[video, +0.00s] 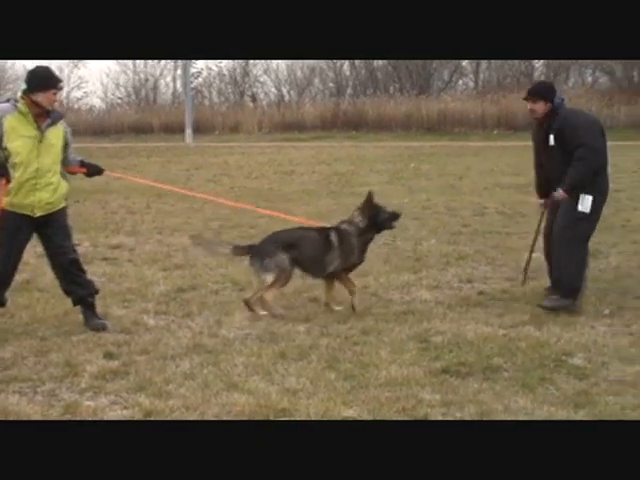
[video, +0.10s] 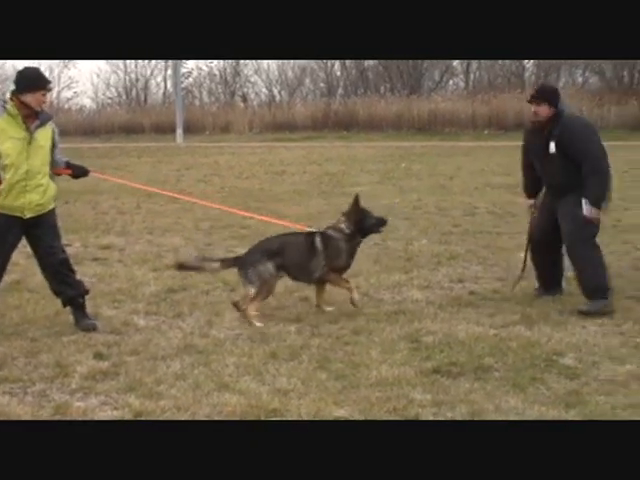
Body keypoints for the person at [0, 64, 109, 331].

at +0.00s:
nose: (55, 97)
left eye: (57, 92)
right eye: (50, 92)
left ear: (54, 93)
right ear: (33, 92)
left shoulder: (59, 126)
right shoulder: (7, 120)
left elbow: (67, 161)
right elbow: (3, 157)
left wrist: (85, 166)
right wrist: (5, 173)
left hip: (52, 206)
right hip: (15, 207)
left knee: (67, 260)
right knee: (4, 266)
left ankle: (89, 310)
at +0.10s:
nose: (45, 98)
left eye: (46, 93)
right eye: (40, 93)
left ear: (42, 94)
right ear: (22, 94)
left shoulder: (47, 126)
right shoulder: (3, 123)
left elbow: (52, 162)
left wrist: (69, 168)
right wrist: (2, 178)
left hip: (40, 207)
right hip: (7, 210)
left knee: (56, 260)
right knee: (0, 264)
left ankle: (79, 311)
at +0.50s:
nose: (18, 100)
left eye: (20, 95)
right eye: (13, 95)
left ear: (22, 96)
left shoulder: (27, 126)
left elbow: (41, 160)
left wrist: (53, 170)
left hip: (18, 210)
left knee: (34, 262)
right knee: (31, 262)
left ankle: (56, 316)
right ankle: (55, 316)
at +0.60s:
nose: (15, 100)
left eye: (17, 94)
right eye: (10, 94)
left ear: (19, 96)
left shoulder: (25, 127)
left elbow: (37, 160)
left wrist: (49, 170)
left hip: (16, 209)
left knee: (31, 263)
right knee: (28, 262)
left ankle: (52, 316)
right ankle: (51, 316)